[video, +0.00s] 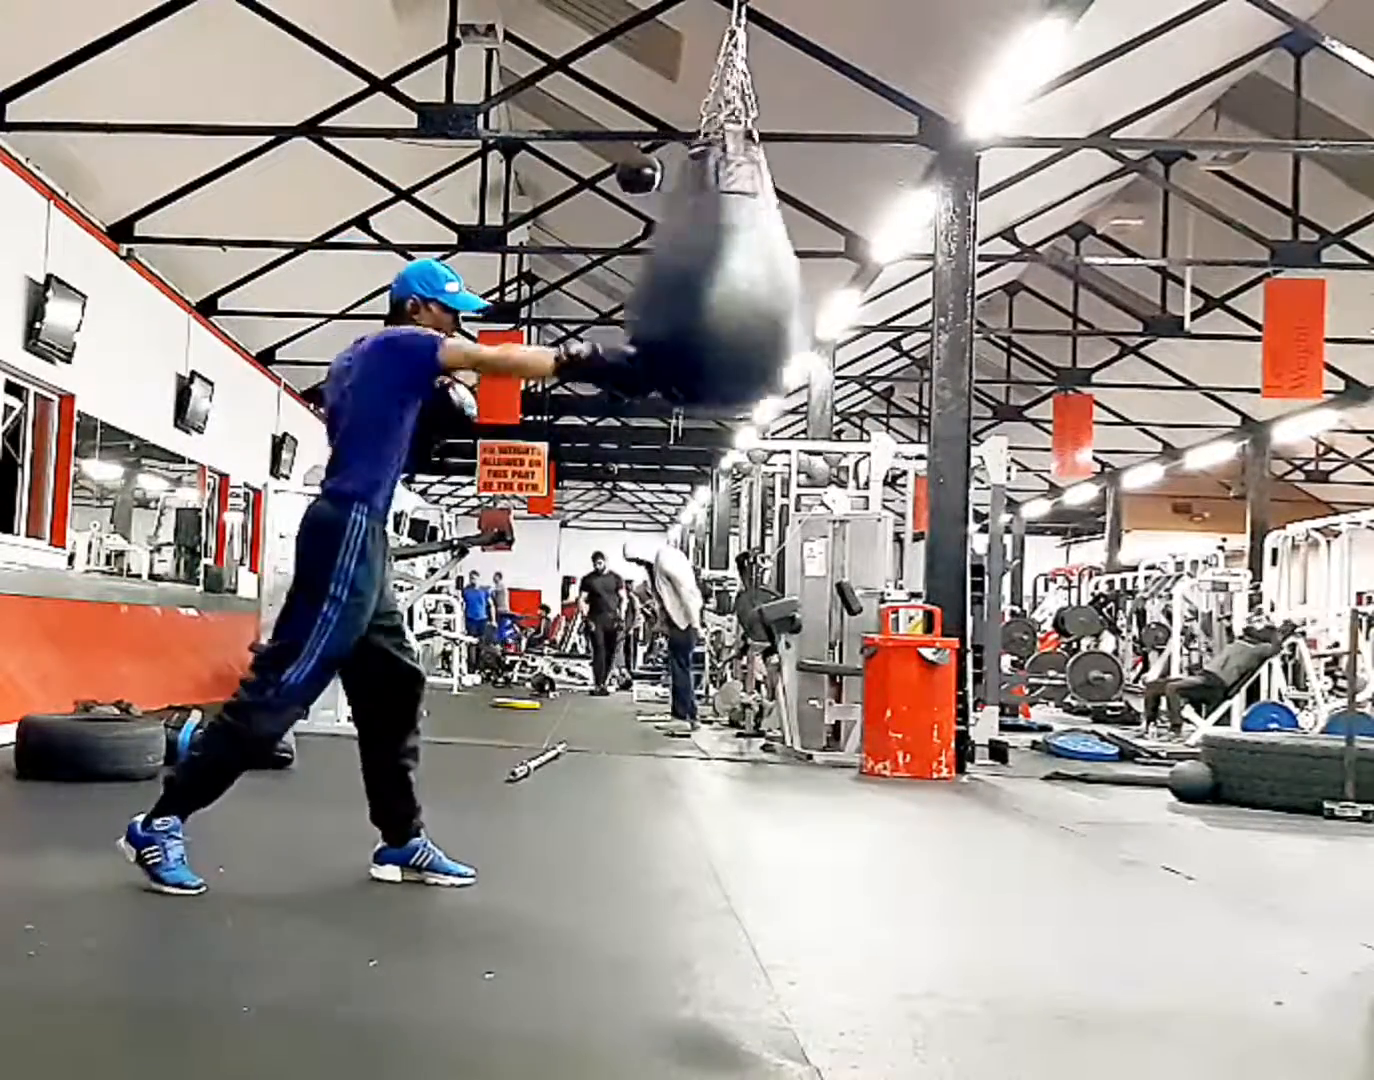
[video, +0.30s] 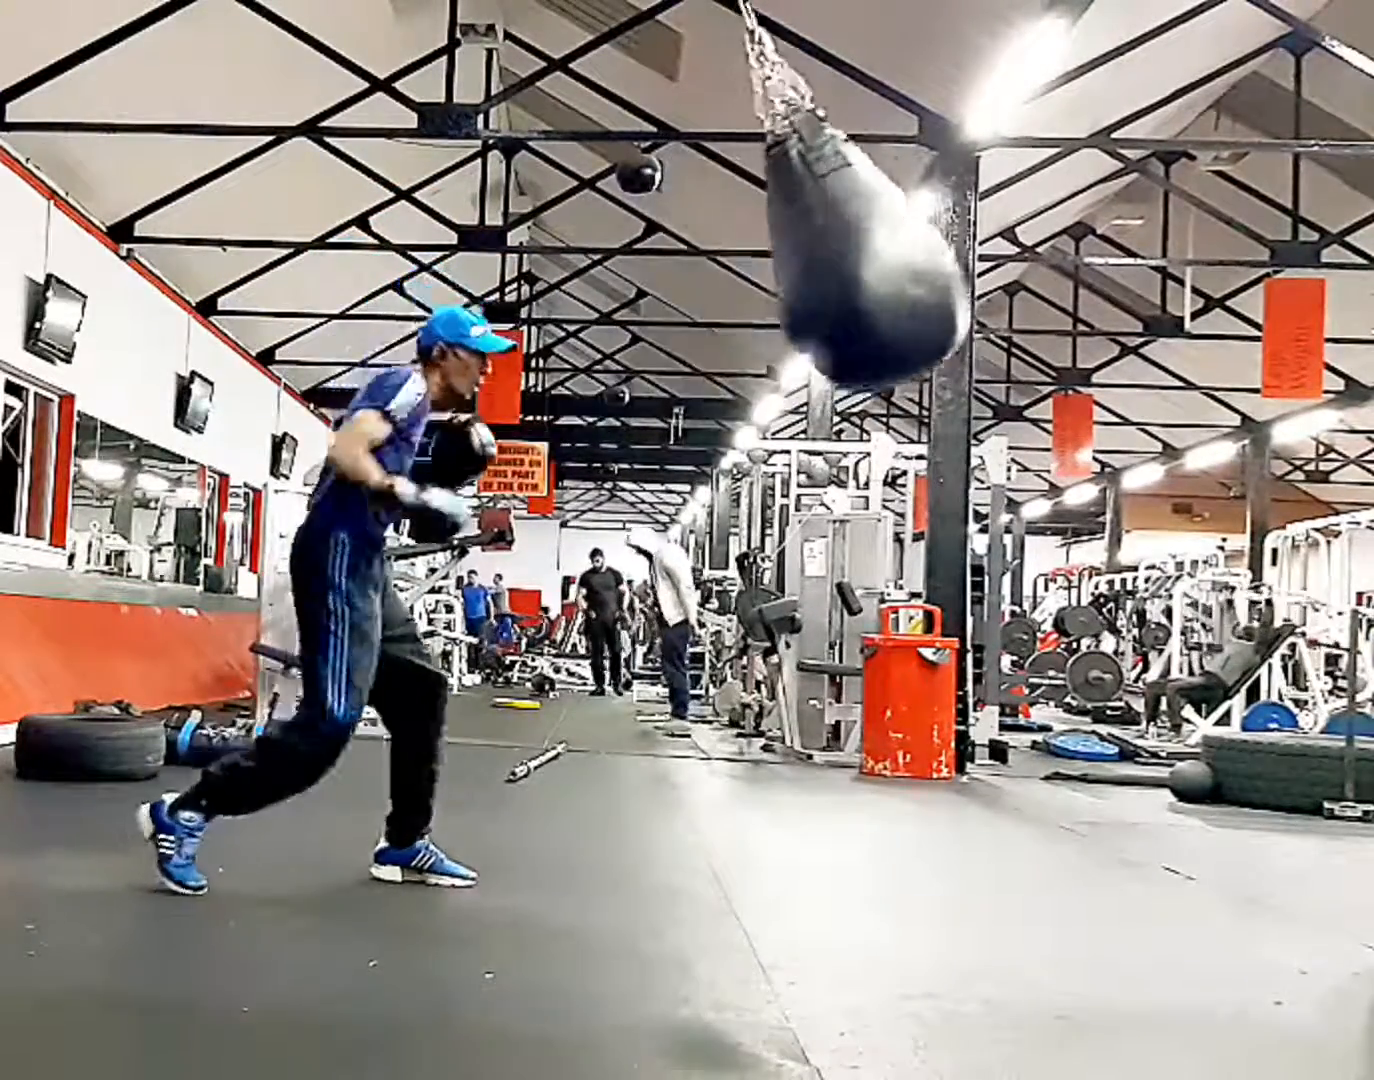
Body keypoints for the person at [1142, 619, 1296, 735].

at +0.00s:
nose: (1255, 628)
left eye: (1261, 628)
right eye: (1258, 626)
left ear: (1263, 635)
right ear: (1253, 631)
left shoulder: (1259, 650)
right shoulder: (1237, 643)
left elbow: (1276, 649)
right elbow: (1225, 645)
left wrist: (1275, 634)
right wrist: (1225, 627)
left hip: (1217, 681)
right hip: (1203, 674)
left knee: (1172, 687)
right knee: (1152, 687)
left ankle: (1176, 732)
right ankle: (1147, 729)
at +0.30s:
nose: (1238, 631)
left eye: (1243, 630)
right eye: (1241, 629)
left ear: (1246, 635)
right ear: (1250, 636)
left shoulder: (1248, 649)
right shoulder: (1236, 644)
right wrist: (1229, 606)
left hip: (1218, 680)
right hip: (1206, 675)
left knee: (1172, 688)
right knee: (1152, 688)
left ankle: (1176, 730)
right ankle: (1148, 727)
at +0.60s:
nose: (1251, 628)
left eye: (1256, 628)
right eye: (1251, 627)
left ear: (1258, 636)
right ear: (1247, 632)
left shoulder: (1257, 650)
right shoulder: (1235, 644)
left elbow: (1273, 642)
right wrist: (1225, 617)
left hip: (1217, 683)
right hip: (1203, 677)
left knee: (1173, 688)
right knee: (1152, 688)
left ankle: (1177, 732)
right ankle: (1147, 728)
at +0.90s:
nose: (1256, 634)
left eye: (1259, 633)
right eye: (1259, 632)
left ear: (1258, 637)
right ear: (1256, 635)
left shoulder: (1260, 650)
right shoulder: (1238, 644)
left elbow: (1280, 657)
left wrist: (1276, 643)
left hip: (1217, 682)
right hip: (1203, 674)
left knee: (1173, 688)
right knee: (1151, 687)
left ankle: (1176, 731)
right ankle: (1148, 727)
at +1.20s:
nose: (1249, 628)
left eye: (1254, 627)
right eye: (1248, 626)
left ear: (1261, 634)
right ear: (1245, 631)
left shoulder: (1258, 650)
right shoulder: (1235, 642)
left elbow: (1287, 630)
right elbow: (1224, 628)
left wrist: (1278, 624)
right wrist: (1222, 613)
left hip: (1217, 684)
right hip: (1202, 677)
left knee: (1174, 687)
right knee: (1152, 688)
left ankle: (1176, 731)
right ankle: (1148, 728)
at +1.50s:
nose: (1247, 633)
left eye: (1249, 632)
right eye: (1243, 631)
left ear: (1252, 635)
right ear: (1239, 633)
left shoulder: (1254, 652)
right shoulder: (1233, 645)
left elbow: (1268, 630)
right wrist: (1229, 603)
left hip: (1218, 682)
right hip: (1202, 676)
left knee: (1174, 688)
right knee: (1152, 688)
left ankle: (1176, 730)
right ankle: (1149, 727)